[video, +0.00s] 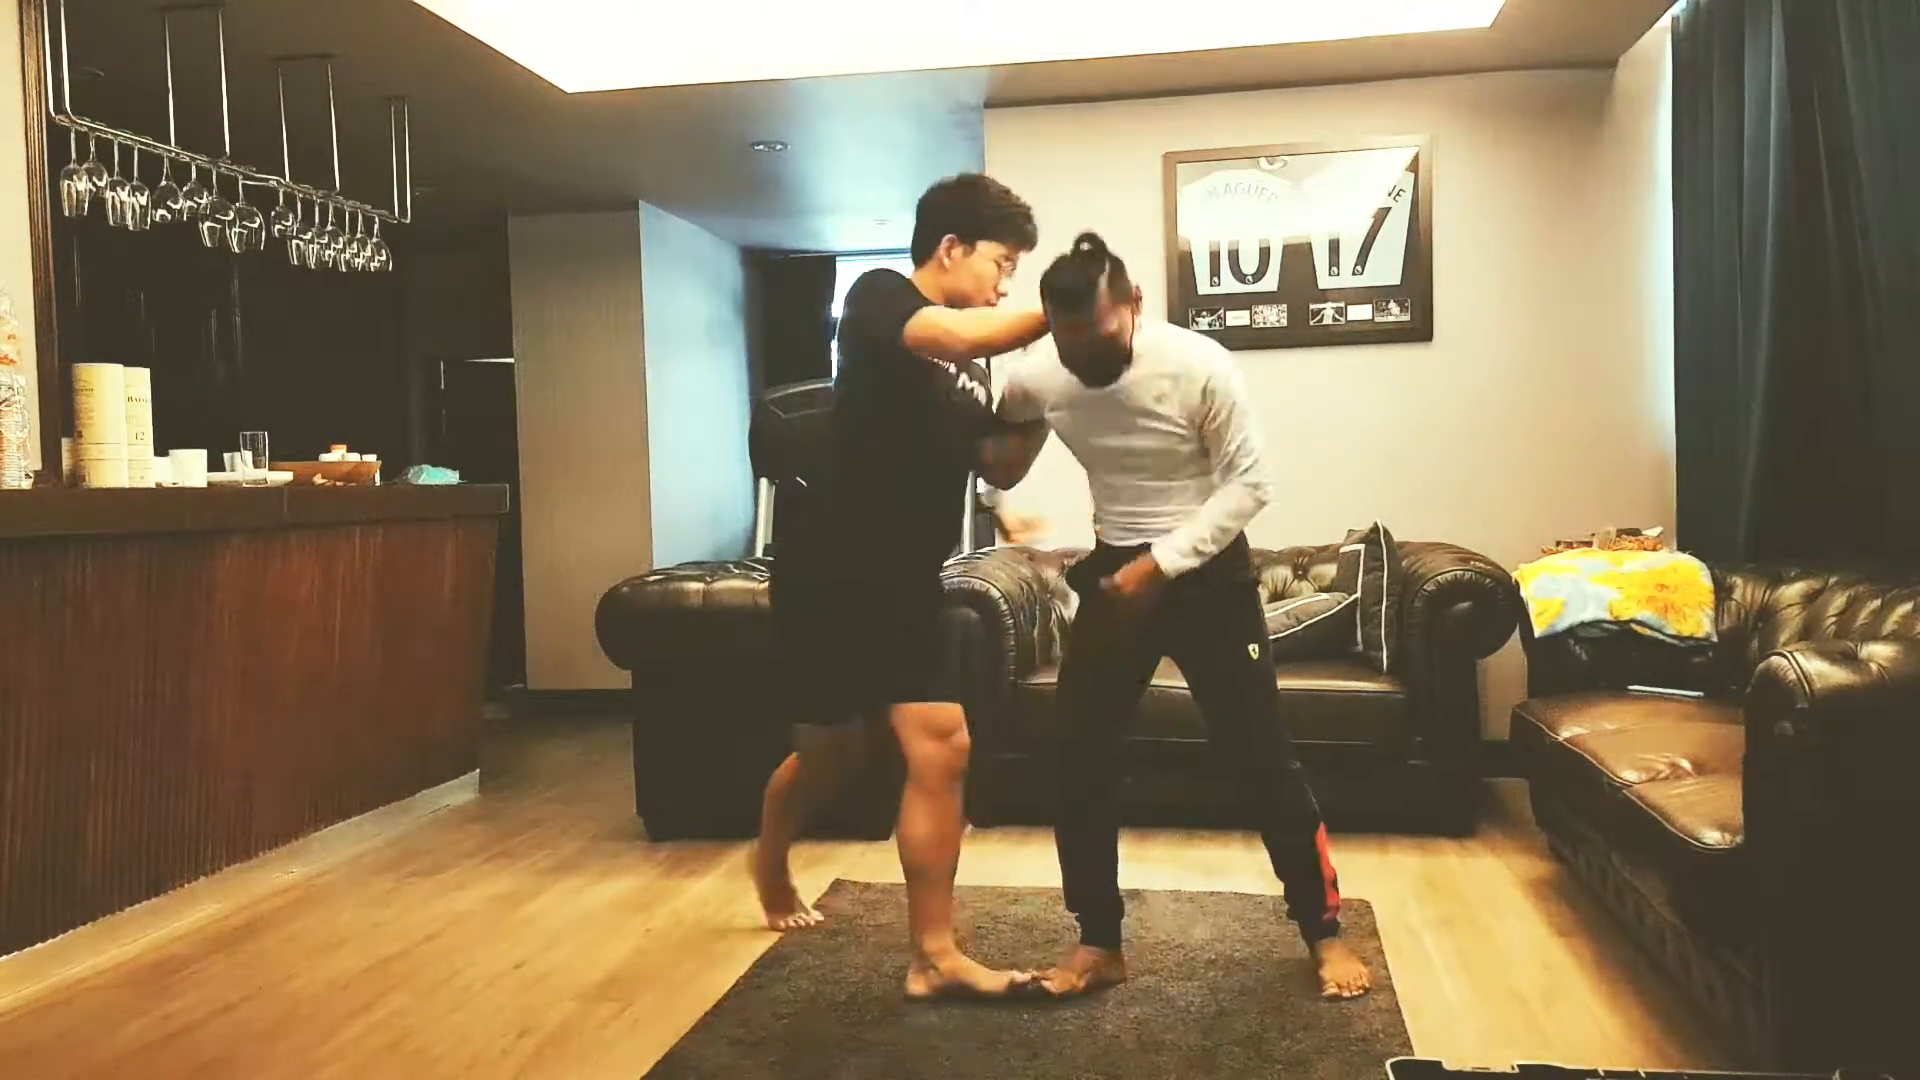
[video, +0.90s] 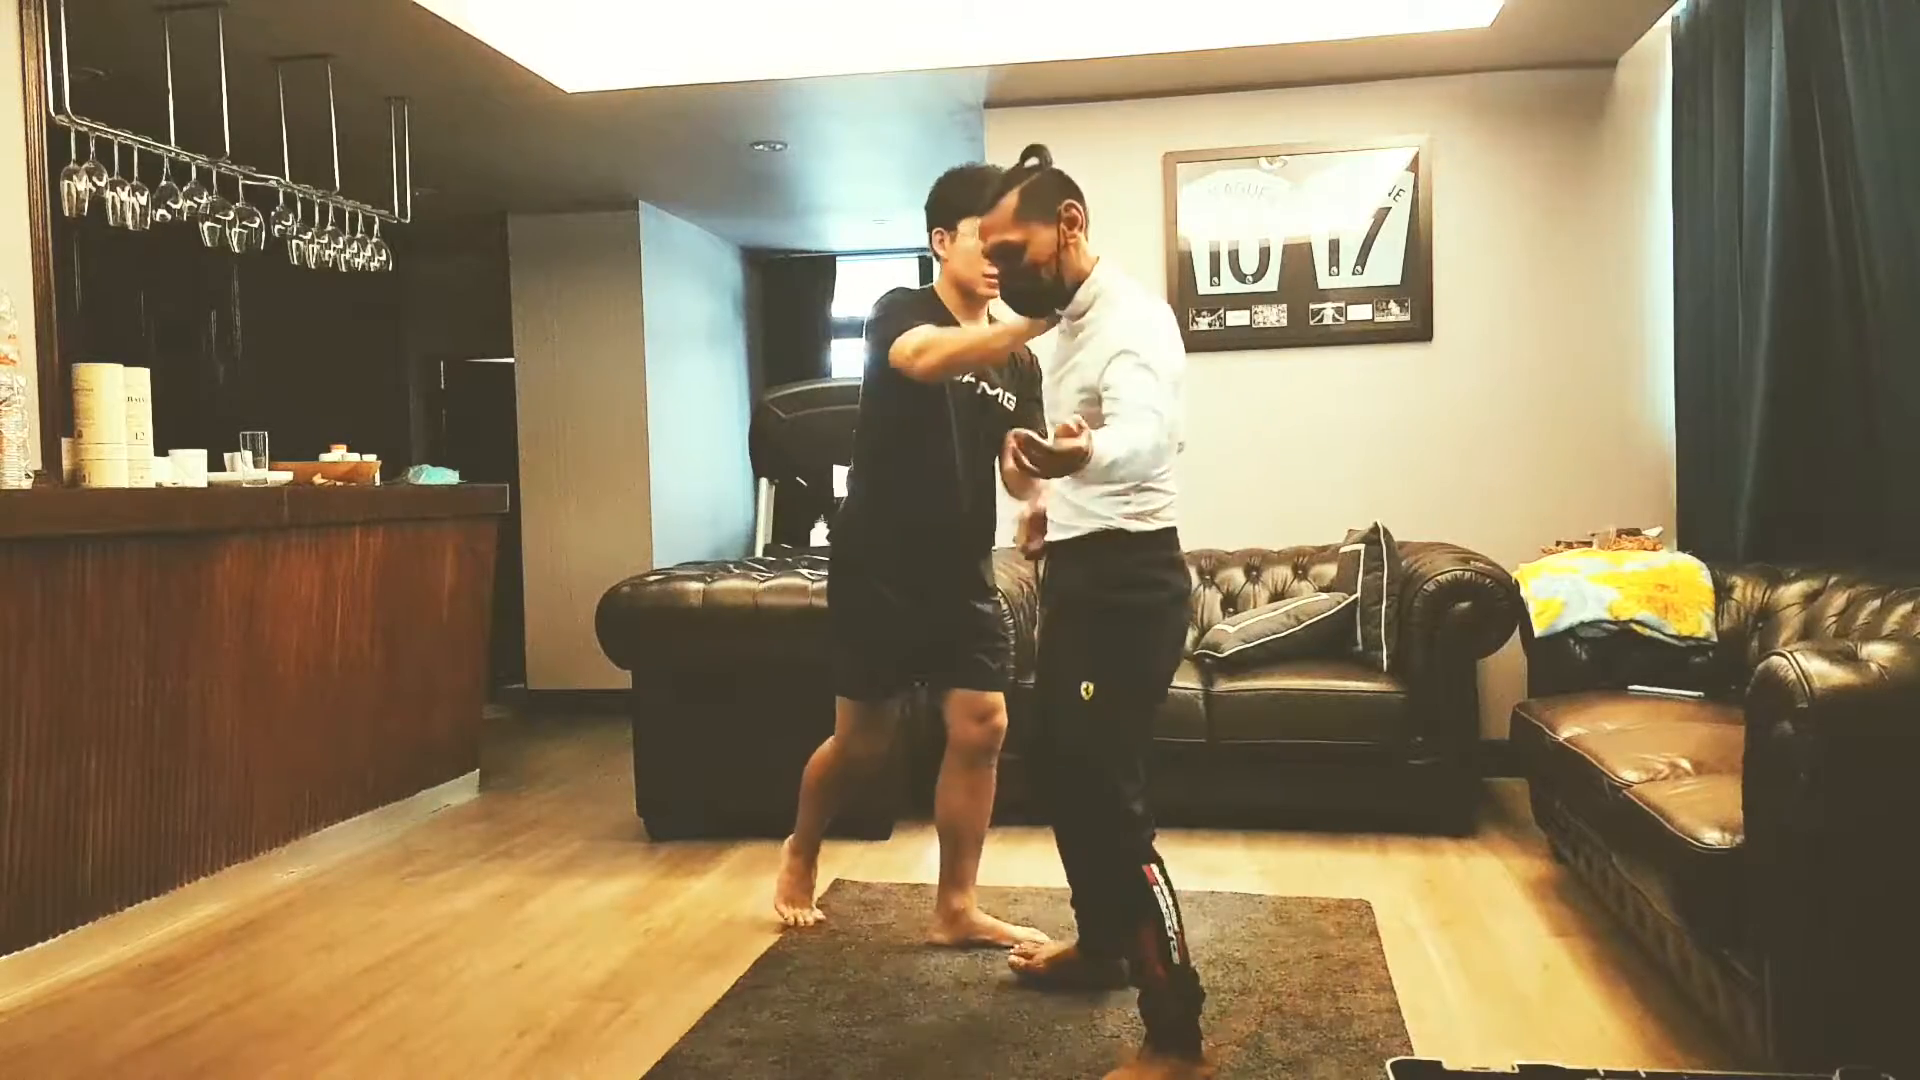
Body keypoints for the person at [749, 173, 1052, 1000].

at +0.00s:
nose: (1005, 286)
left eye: (1011, 271)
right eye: (1000, 265)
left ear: (957, 258)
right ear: (950, 248)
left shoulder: (959, 357)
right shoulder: (877, 294)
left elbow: (999, 468)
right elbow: (959, 336)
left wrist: (1028, 410)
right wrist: (1059, 302)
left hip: (908, 570)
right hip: (835, 565)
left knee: (939, 747)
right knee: (830, 755)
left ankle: (937, 956)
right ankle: (769, 855)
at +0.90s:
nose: (1003, 257)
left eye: (1009, 243)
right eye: (986, 240)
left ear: (1015, 246)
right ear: (941, 240)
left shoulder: (1006, 339)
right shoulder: (904, 305)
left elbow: (1023, 450)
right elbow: (921, 357)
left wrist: (1038, 498)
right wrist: (1026, 326)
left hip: (962, 564)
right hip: (879, 558)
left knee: (981, 727)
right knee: (859, 742)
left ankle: (956, 907)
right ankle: (802, 852)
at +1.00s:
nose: (988, 249)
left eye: (997, 235)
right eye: (972, 234)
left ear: (1009, 242)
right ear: (935, 237)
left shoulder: (1010, 346)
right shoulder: (892, 319)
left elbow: (1010, 456)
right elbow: (878, 405)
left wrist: (994, 538)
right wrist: (965, 399)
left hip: (967, 553)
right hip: (877, 549)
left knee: (974, 726)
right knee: (850, 729)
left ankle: (954, 904)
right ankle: (807, 855)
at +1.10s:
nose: (973, 245)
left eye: (984, 231)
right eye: (960, 229)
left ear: (1000, 243)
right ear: (927, 235)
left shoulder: (1009, 353)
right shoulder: (878, 328)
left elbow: (1004, 477)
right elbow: (840, 434)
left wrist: (994, 584)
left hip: (963, 565)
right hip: (869, 554)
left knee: (963, 727)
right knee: (847, 729)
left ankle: (954, 904)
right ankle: (814, 862)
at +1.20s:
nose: (949, 240)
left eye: (962, 225)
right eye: (936, 224)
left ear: (984, 244)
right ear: (910, 236)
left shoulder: (997, 350)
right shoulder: (856, 334)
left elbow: (1005, 471)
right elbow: (814, 448)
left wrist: (1016, 564)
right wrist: (806, 564)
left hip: (954, 576)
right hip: (860, 572)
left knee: (948, 733)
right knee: (842, 733)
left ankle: (954, 903)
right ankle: (822, 878)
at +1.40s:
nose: (895, 249)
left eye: (905, 235)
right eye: (880, 233)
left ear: (930, 246)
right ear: (859, 240)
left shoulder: (956, 336)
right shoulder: (809, 331)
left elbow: (993, 449)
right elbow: (757, 433)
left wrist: (991, 549)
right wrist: (721, 532)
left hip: (925, 564)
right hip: (825, 564)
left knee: (930, 734)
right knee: (820, 734)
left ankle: (963, 896)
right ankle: (812, 885)